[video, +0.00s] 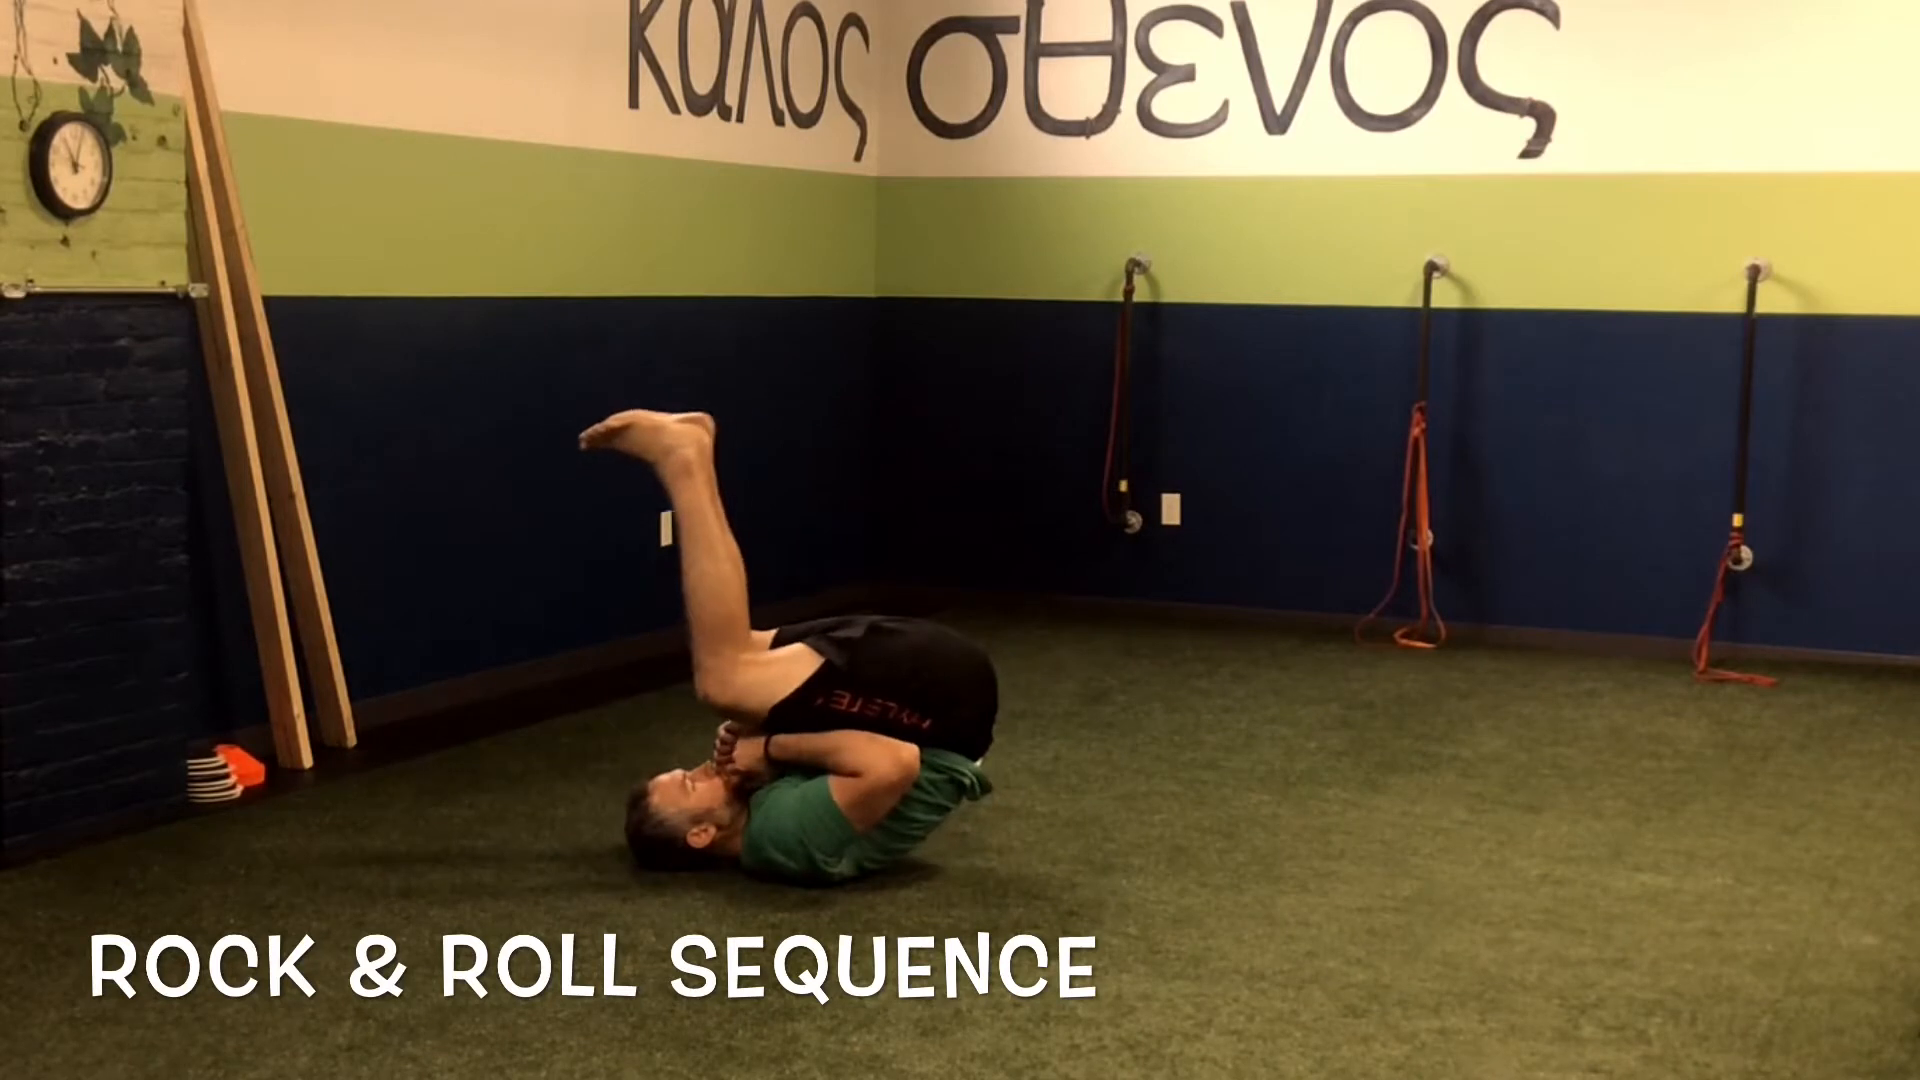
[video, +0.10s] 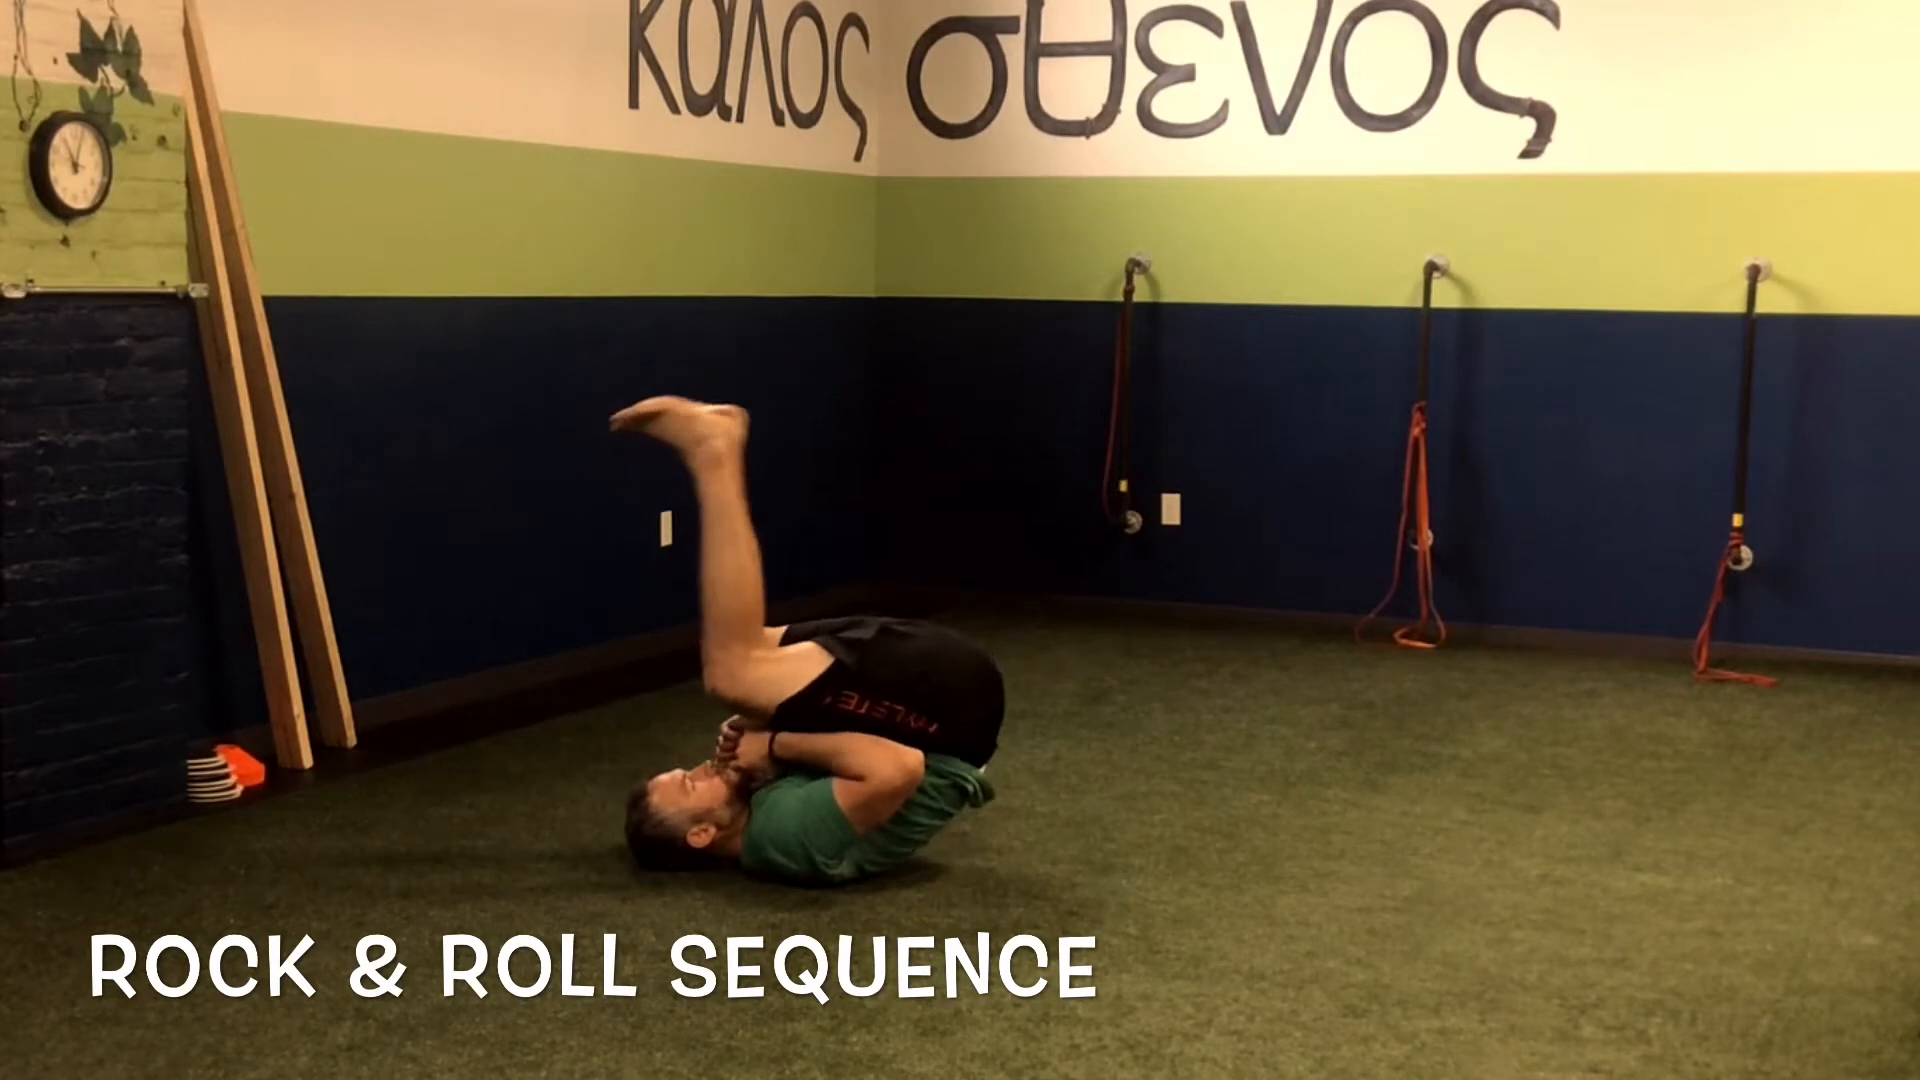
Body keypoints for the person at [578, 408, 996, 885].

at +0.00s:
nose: (699, 767)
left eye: (682, 773)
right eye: (685, 783)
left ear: (706, 829)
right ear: (703, 830)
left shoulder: (761, 813)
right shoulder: (780, 837)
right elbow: (896, 765)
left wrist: (749, 740)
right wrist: (770, 751)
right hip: (953, 692)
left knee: (744, 647)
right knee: (722, 674)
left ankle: (691, 459)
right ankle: (684, 455)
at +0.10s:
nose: (705, 766)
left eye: (687, 770)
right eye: (691, 783)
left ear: (707, 831)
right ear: (704, 832)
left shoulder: (758, 816)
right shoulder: (780, 834)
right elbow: (901, 771)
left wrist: (753, 759)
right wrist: (775, 746)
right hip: (959, 698)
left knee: (752, 645)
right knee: (732, 671)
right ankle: (714, 448)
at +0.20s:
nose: (701, 766)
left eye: (686, 770)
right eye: (689, 782)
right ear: (703, 831)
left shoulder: (758, 812)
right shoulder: (785, 832)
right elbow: (907, 774)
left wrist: (769, 749)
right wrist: (782, 743)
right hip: (971, 710)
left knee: (771, 638)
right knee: (747, 659)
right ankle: (767, 436)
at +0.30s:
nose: (706, 758)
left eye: (688, 761)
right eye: (692, 774)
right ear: (706, 822)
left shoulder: (766, 812)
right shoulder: (787, 832)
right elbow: (913, 782)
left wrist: (779, 739)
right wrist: (793, 741)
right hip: (983, 729)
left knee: (797, 633)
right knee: (772, 641)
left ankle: (836, 432)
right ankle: (835, 432)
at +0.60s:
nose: (767, 695)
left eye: (748, 693)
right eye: (746, 705)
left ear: (748, 758)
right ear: (742, 758)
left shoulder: (800, 776)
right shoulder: (814, 798)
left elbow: (929, 743)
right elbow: (963, 802)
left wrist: (869, 699)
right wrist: (868, 716)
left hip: (1001, 785)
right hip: (1027, 801)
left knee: (913, 588)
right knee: (912, 593)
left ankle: (1094, 494)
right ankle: (1105, 497)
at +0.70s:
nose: (810, 665)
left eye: (796, 657)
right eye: (789, 667)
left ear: (798, 692)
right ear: (769, 715)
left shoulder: (836, 747)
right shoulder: (827, 774)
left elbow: (962, 782)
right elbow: (984, 805)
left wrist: (912, 696)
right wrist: (916, 704)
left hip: (1031, 812)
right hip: (1043, 828)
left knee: (982, 585)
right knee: (983, 594)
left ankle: (1191, 553)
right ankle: (1202, 558)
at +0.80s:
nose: (858, 641)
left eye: (846, 631)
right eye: (839, 638)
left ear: (815, 677)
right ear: (811, 678)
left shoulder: (848, 724)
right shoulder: (856, 744)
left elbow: (959, 773)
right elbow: (1006, 799)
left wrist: (936, 694)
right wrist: (962, 687)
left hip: (1035, 825)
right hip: (1054, 843)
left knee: (1052, 594)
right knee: (1060, 598)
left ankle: (1267, 632)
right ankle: (1280, 637)